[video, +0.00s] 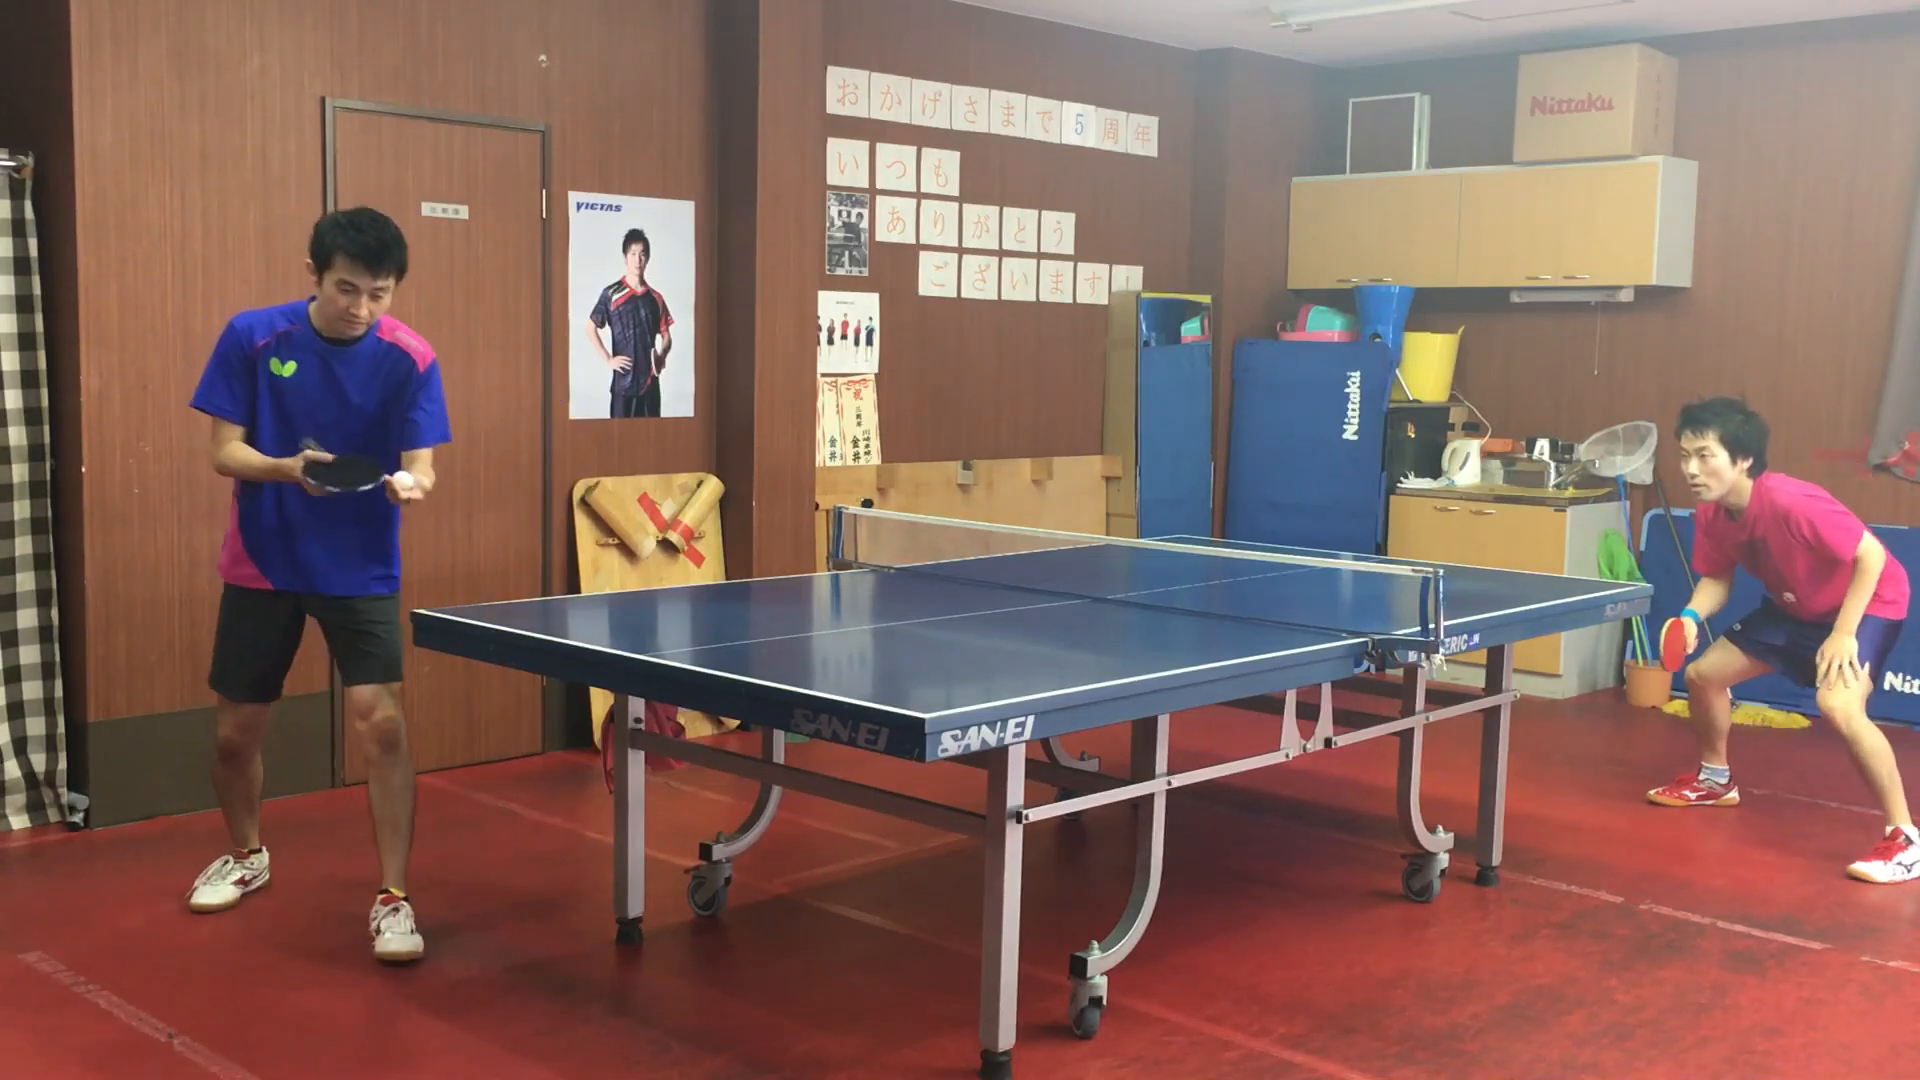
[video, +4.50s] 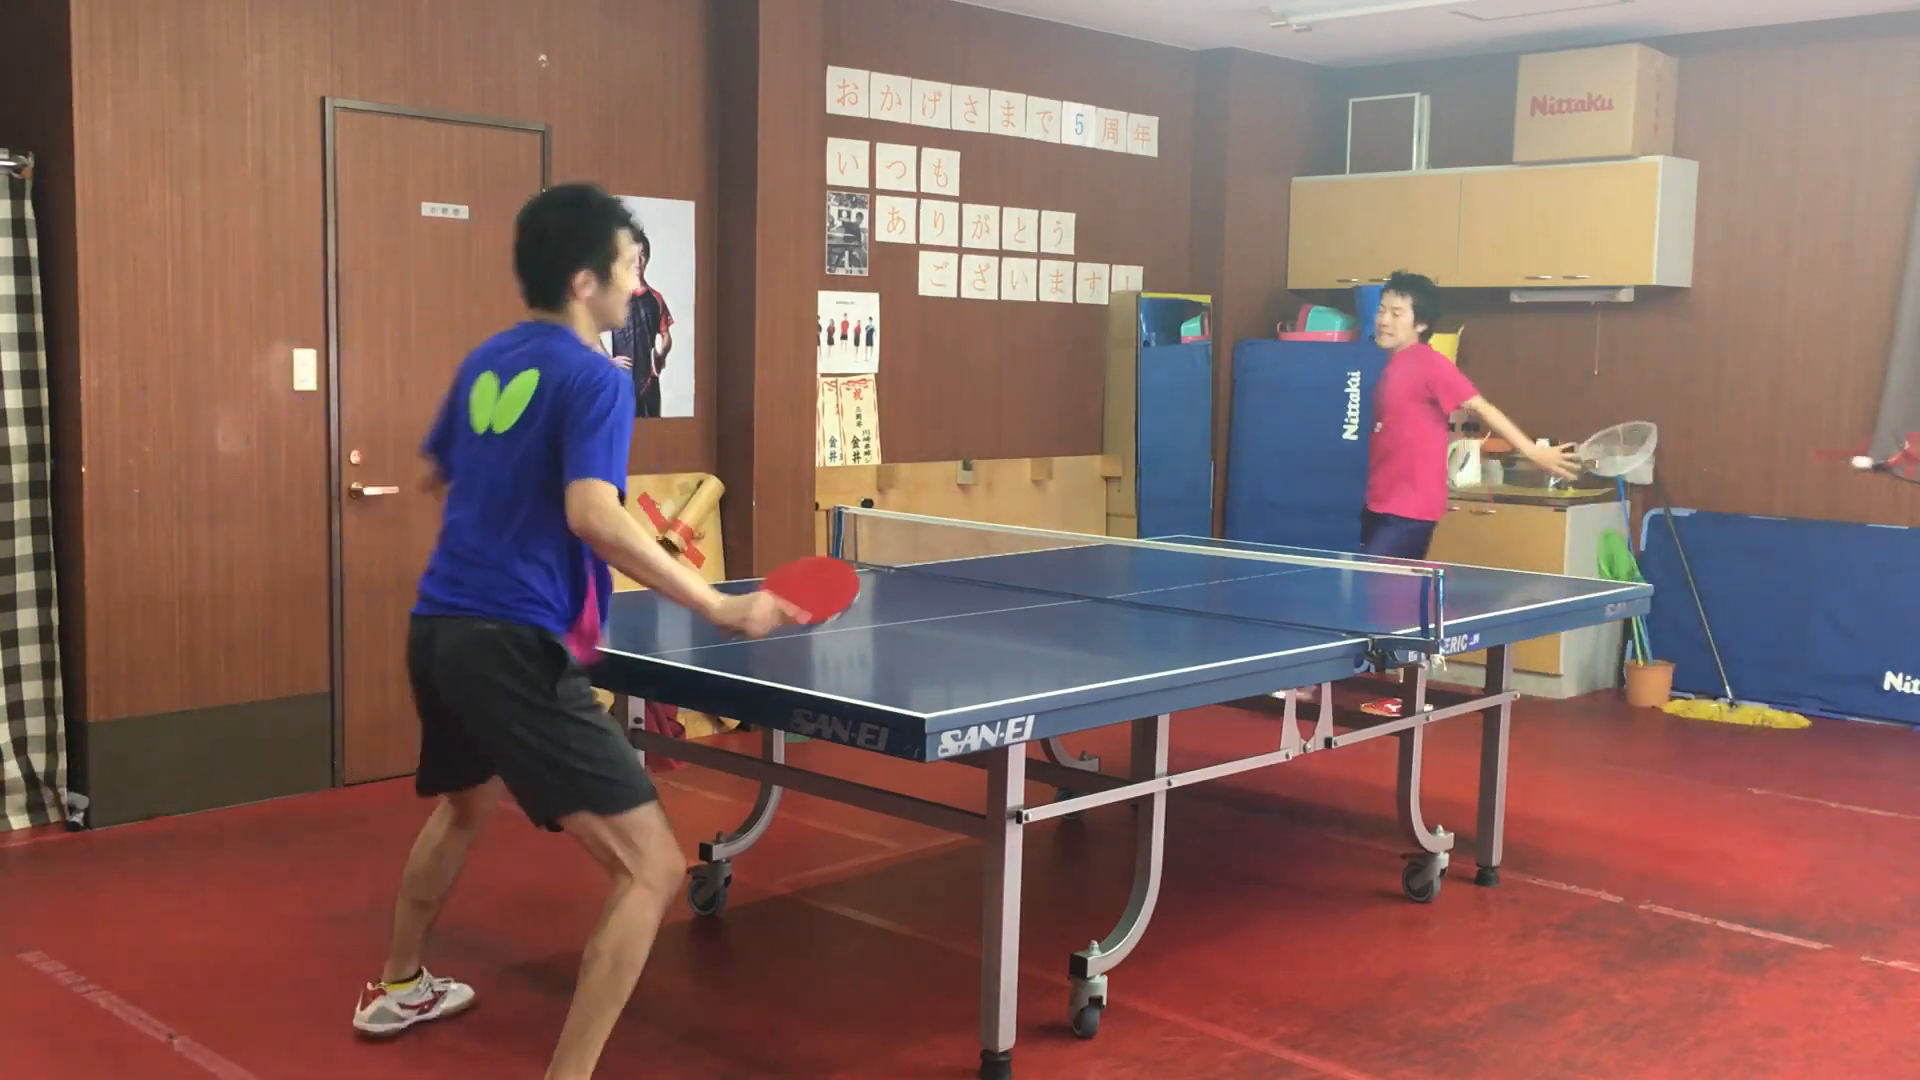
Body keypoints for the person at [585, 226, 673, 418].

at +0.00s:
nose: (638, 259)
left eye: (643, 254)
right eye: (633, 254)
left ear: (648, 258)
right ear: (625, 257)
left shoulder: (655, 297)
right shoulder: (611, 294)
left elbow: (666, 336)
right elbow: (591, 327)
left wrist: (662, 355)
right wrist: (608, 359)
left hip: (649, 378)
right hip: (624, 378)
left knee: (650, 435)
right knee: (622, 436)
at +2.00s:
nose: (639, 260)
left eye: (643, 254)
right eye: (633, 254)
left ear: (648, 258)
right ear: (625, 257)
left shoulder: (655, 297)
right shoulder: (611, 294)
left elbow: (666, 336)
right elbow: (590, 327)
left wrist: (661, 355)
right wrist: (608, 359)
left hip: (650, 380)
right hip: (624, 380)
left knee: (650, 437)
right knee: (622, 437)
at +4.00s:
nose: (638, 260)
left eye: (643, 254)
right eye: (633, 254)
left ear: (648, 258)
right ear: (625, 257)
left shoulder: (655, 297)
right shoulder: (611, 294)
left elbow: (666, 336)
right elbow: (590, 327)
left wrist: (661, 356)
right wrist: (608, 359)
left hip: (649, 378)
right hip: (624, 378)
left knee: (650, 435)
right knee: (622, 435)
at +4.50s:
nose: (638, 262)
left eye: (642, 256)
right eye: (633, 257)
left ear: (647, 260)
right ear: (625, 260)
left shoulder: (654, 297)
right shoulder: (613, 295)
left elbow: (665, 335)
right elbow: (592, 332)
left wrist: (661, 357)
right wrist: (609, 359)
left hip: (648, 373)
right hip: (622, 372)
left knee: (652, 428)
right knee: (623, 427)